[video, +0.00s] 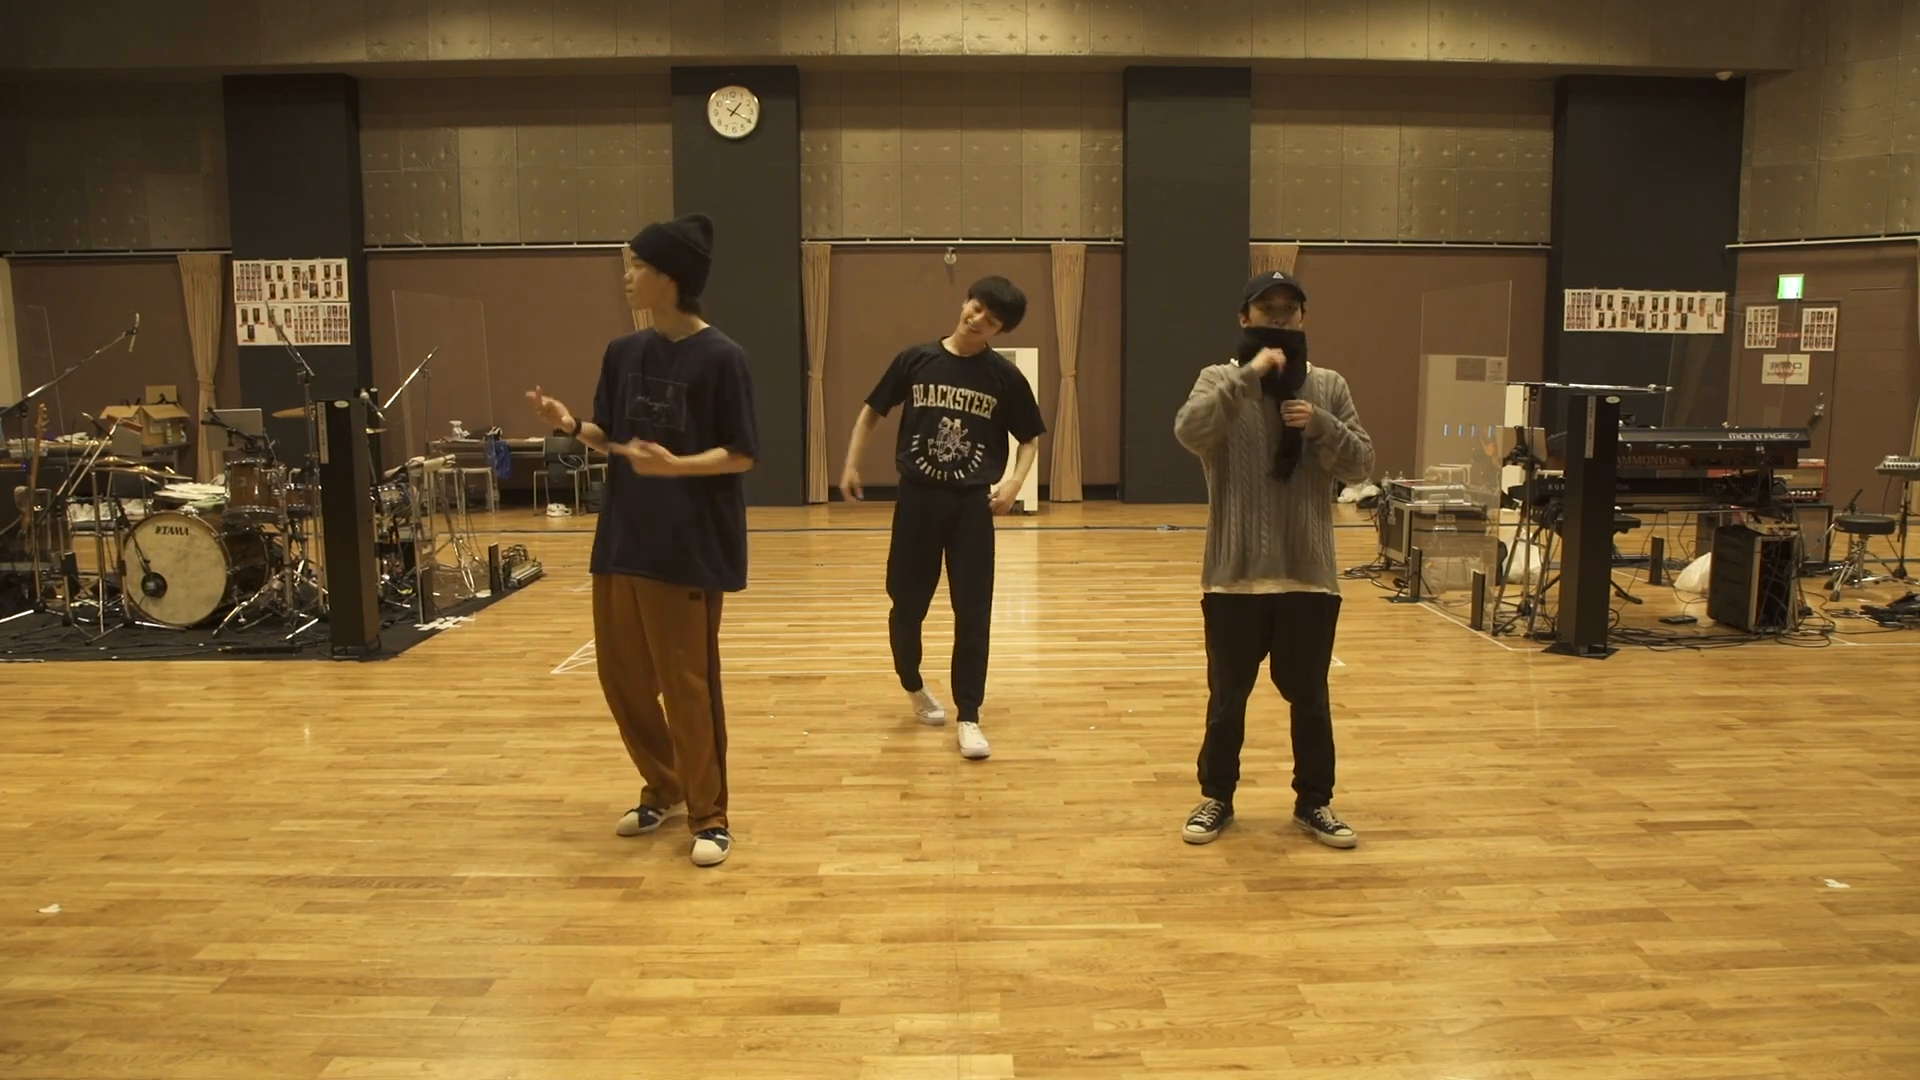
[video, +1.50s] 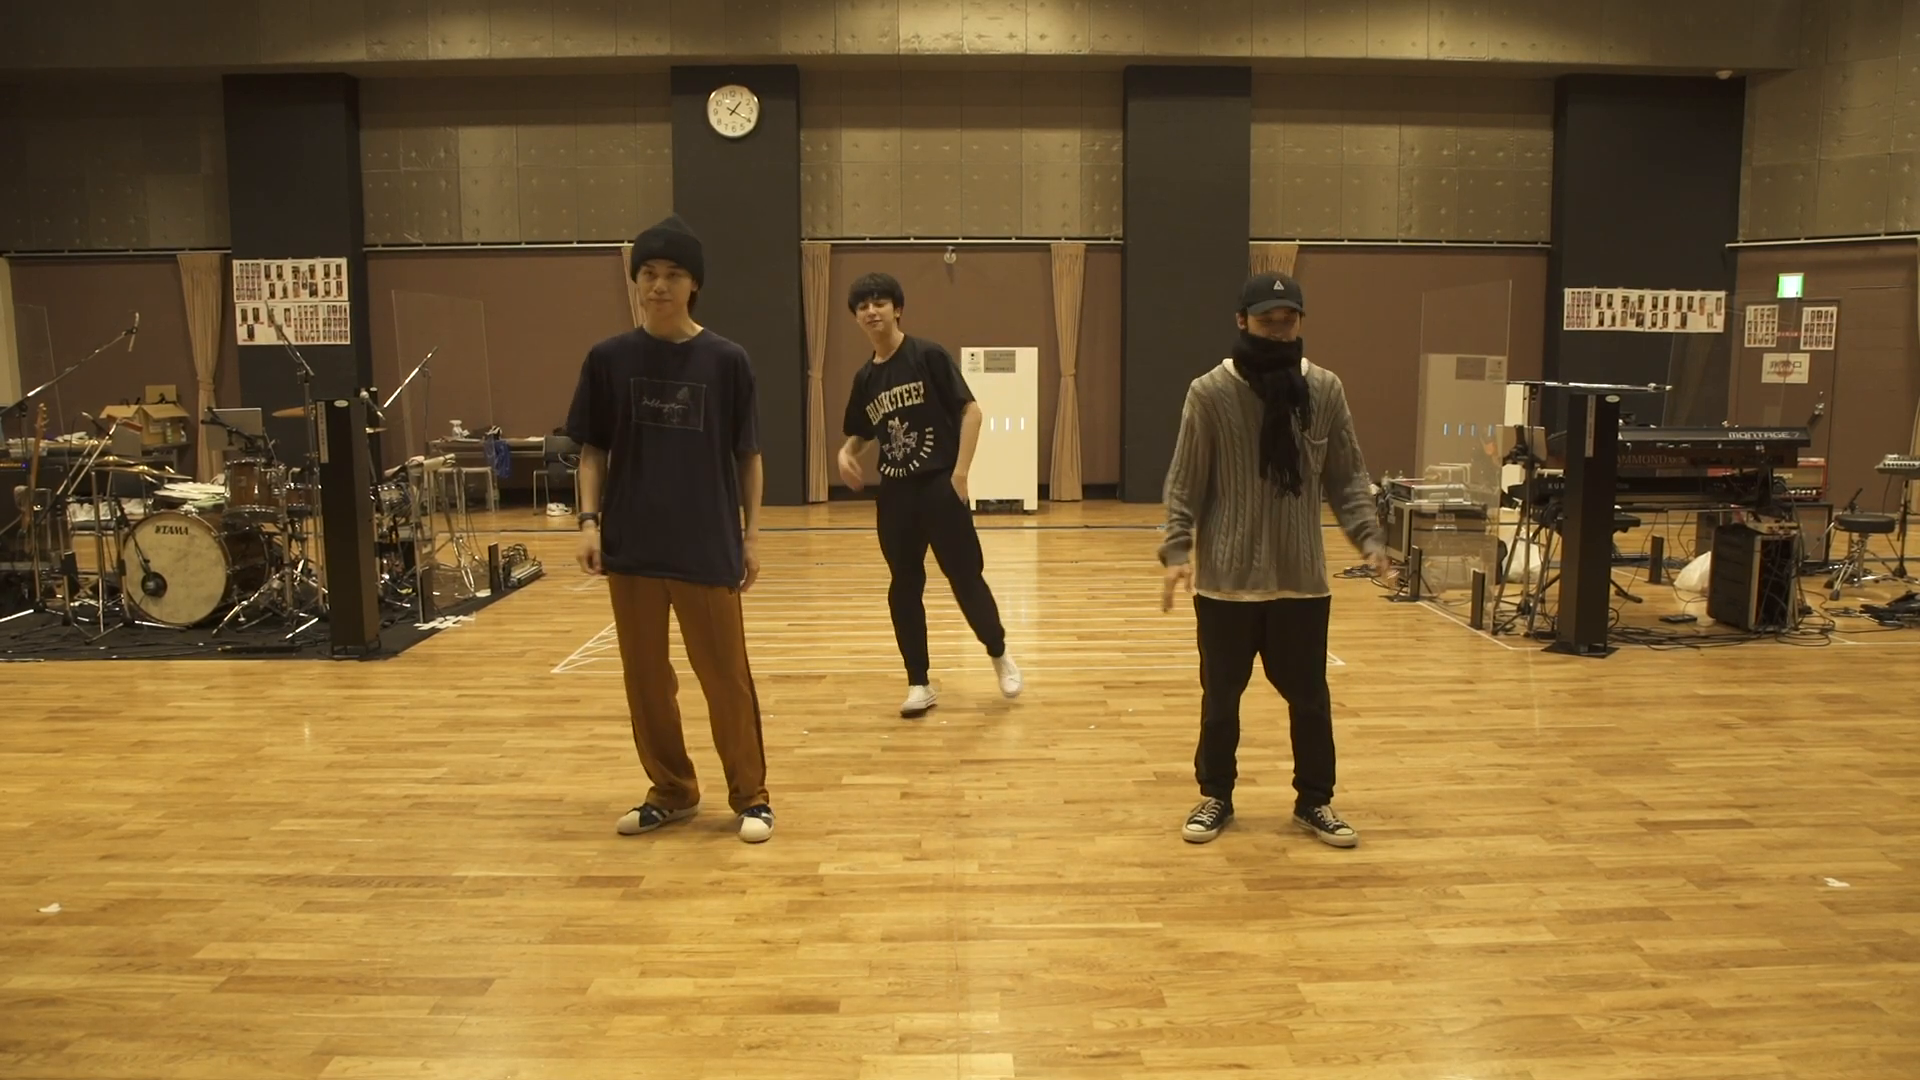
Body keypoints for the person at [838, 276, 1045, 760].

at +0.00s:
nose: (978, 320)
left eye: (991, 321)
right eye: (978, 308)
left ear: (1001, 332)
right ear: (965, 302)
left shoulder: (1006, 380)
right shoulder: (914, 361)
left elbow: (1031, 437)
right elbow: (872, 411)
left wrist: (1014, 482)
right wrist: (851, 465)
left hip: (972, 509)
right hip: (917, 504)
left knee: (974, 613)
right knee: (907, 606)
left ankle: (969, 718)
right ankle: (914, 687)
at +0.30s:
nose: (993, 326)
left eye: (1005, 329)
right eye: (995, 315)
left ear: (1016, 341)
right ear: (986, 308)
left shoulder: (1019, 385)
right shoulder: (934, 354)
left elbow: (1035, 446)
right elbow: (903, 409)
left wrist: (999, 496)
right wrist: (896, 466)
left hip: (971, 511)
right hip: (917, 501)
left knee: (973, 617)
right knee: (890, 608)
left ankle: (971, 719)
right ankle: (899, 704)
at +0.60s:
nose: (995, 362)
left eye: (1003, 355)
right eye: (990, 352)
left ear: (1011, 350)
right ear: (972, 334)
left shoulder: (1014, 385)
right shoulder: (926, 366)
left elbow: (1015, 453)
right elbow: (890, 426)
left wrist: (990, 508)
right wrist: (901, 492)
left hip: (973, 513)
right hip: (919, 505)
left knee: (974, 620)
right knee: (891, 608)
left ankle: (970, 719)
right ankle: (895, 685)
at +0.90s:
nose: (958, 365)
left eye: (965, 359)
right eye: (955, 357)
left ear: (974, 352)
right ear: (937, 341)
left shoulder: (980, 383)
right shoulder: (896, 380)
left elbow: (995, 450)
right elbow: (880, 448)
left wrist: (979, 508)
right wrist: (894, 508)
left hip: (962, 515)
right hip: (910, 515)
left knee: (968, 615)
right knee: (911, 610)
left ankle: (971, 716)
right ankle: (925, 689)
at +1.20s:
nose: (902, 325)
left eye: (911, 317)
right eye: (895, 316)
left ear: (929, 319)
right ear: (886, 318)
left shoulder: (953, 367)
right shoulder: (876, 374)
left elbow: (972, 431)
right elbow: (871, 439)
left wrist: (958, 490)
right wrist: (877, 491)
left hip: (944, 498)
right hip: (894, 501)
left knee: (961, 593)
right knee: (904, 595)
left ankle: (972, 694)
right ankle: (923, 687)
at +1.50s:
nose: (873, 312)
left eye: (880, 303)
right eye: (864, 307)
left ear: (898, 309)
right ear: (856, 318)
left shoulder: (929, 355)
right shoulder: (865, 378)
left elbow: (971, 412)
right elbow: (861, 433)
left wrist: (961, 474)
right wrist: (844, 453)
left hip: (939, 489)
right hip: (894, 496)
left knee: (965, 578)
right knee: (904, 586)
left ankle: (1000, 656)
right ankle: (918, 683)